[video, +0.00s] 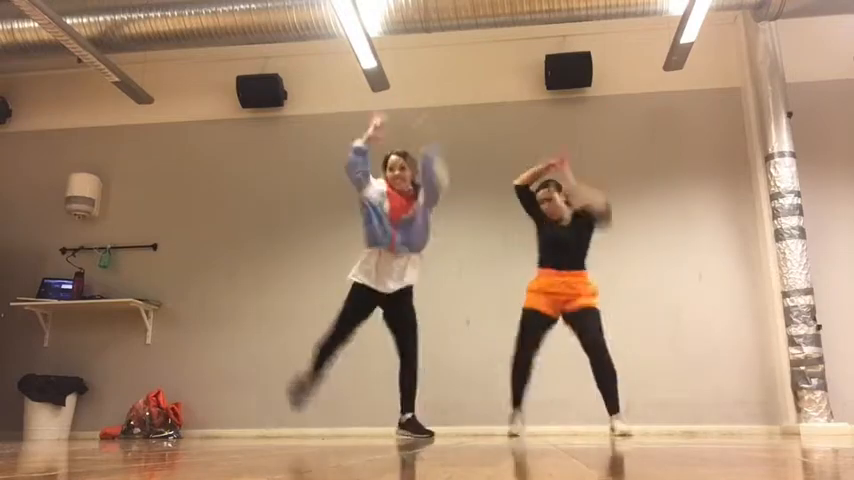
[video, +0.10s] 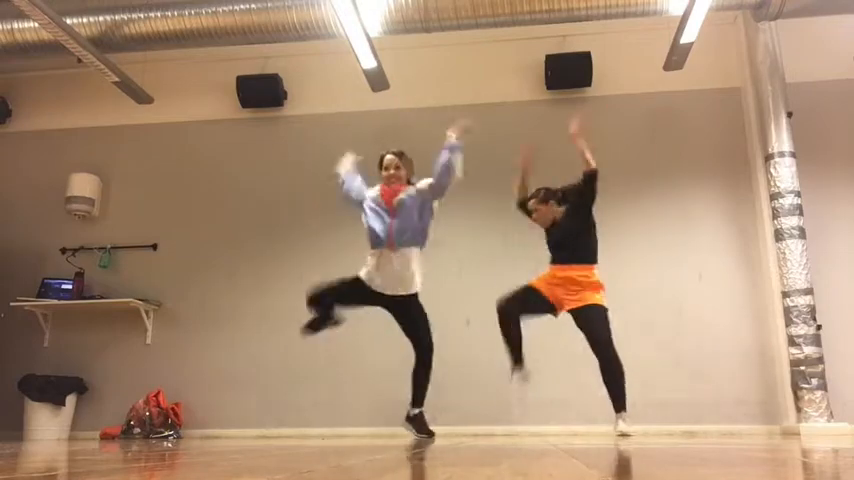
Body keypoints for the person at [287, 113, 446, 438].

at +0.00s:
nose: (398, 173)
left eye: (402, 168)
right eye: (392, 169)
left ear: (412, 172)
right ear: (385, 174)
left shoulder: (422, 201)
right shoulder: (374, 193)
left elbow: (434, 187)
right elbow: (355, 170)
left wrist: (429, 159)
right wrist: (366, 139)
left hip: (400, 286)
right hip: (367, 281)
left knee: (409, 353)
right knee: (338, 334)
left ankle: (407, 417)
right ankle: (310, 380)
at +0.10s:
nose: (392, 172)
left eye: (397, 168)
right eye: (387, 168)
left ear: (407, 171)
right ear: (380, 173)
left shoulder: (421, 196)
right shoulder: (370, 198)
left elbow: (442, 177)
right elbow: (352, 186)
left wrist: (452, 144)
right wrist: (347, 167)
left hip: (404, 292)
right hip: (370, 285)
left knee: (425, 349)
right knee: (317, 296)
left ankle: (416, 411)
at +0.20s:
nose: (384, 175)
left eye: (389, 170)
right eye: (379, 171)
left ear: (401, 174)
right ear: (374, 177)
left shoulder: (417, 204)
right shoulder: (371, 212)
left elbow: (446, 210)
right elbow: (358, 235)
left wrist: (466, 189)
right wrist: (340, 235)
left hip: (407, 290)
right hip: (377, 285)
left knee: (413, 356)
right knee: (326, 275)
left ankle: (423, 416)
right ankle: (357, 317)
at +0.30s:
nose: (378, 181)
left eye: (385, 176)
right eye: (374, 176)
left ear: (397, 179)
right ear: (370, 180)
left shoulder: (411, 208)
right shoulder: (375, 216)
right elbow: (365, 250)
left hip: (412, 297)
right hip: (382, 294)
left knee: (411, 357)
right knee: (332, 302)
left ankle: (431, 416)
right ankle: (359, 353)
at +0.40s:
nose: (376, 192)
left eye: (382, 186)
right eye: (372, 187)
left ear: (395, 187)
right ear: (367, 188)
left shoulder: (406, 216)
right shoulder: (367, 221)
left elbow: (410, 252)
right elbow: (359, 258)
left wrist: (422, 279)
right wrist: (362, 288)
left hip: (407, 297)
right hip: (375, 301)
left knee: (410, 353)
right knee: (362, 360)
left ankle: (438, 408)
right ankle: (367, 415)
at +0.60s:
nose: (377, 199)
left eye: (383, 193)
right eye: (373, 193)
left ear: (395, 193)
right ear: (366, 193)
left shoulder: (411, 216)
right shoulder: (354, 206)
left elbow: (439, 217)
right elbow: (334, 188)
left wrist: (459, 191)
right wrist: (325, 159)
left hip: (401, 287)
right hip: (368, 290)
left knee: (408, 316)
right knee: (368, 359)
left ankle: (421, 352)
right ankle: (372, 419)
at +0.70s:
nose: (381, 186)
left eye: (387, 181)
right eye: (376, 180)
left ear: (398, 181)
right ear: (368, 181)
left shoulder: (416, 205)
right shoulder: (356, 196)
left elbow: (446, 200)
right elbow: (328, 185)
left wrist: (477, 194)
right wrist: (321, 167)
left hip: (403, 275)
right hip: (372, 279)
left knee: (401, 291)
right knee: (371, 349)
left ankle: (392, 345)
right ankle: (374, 406)